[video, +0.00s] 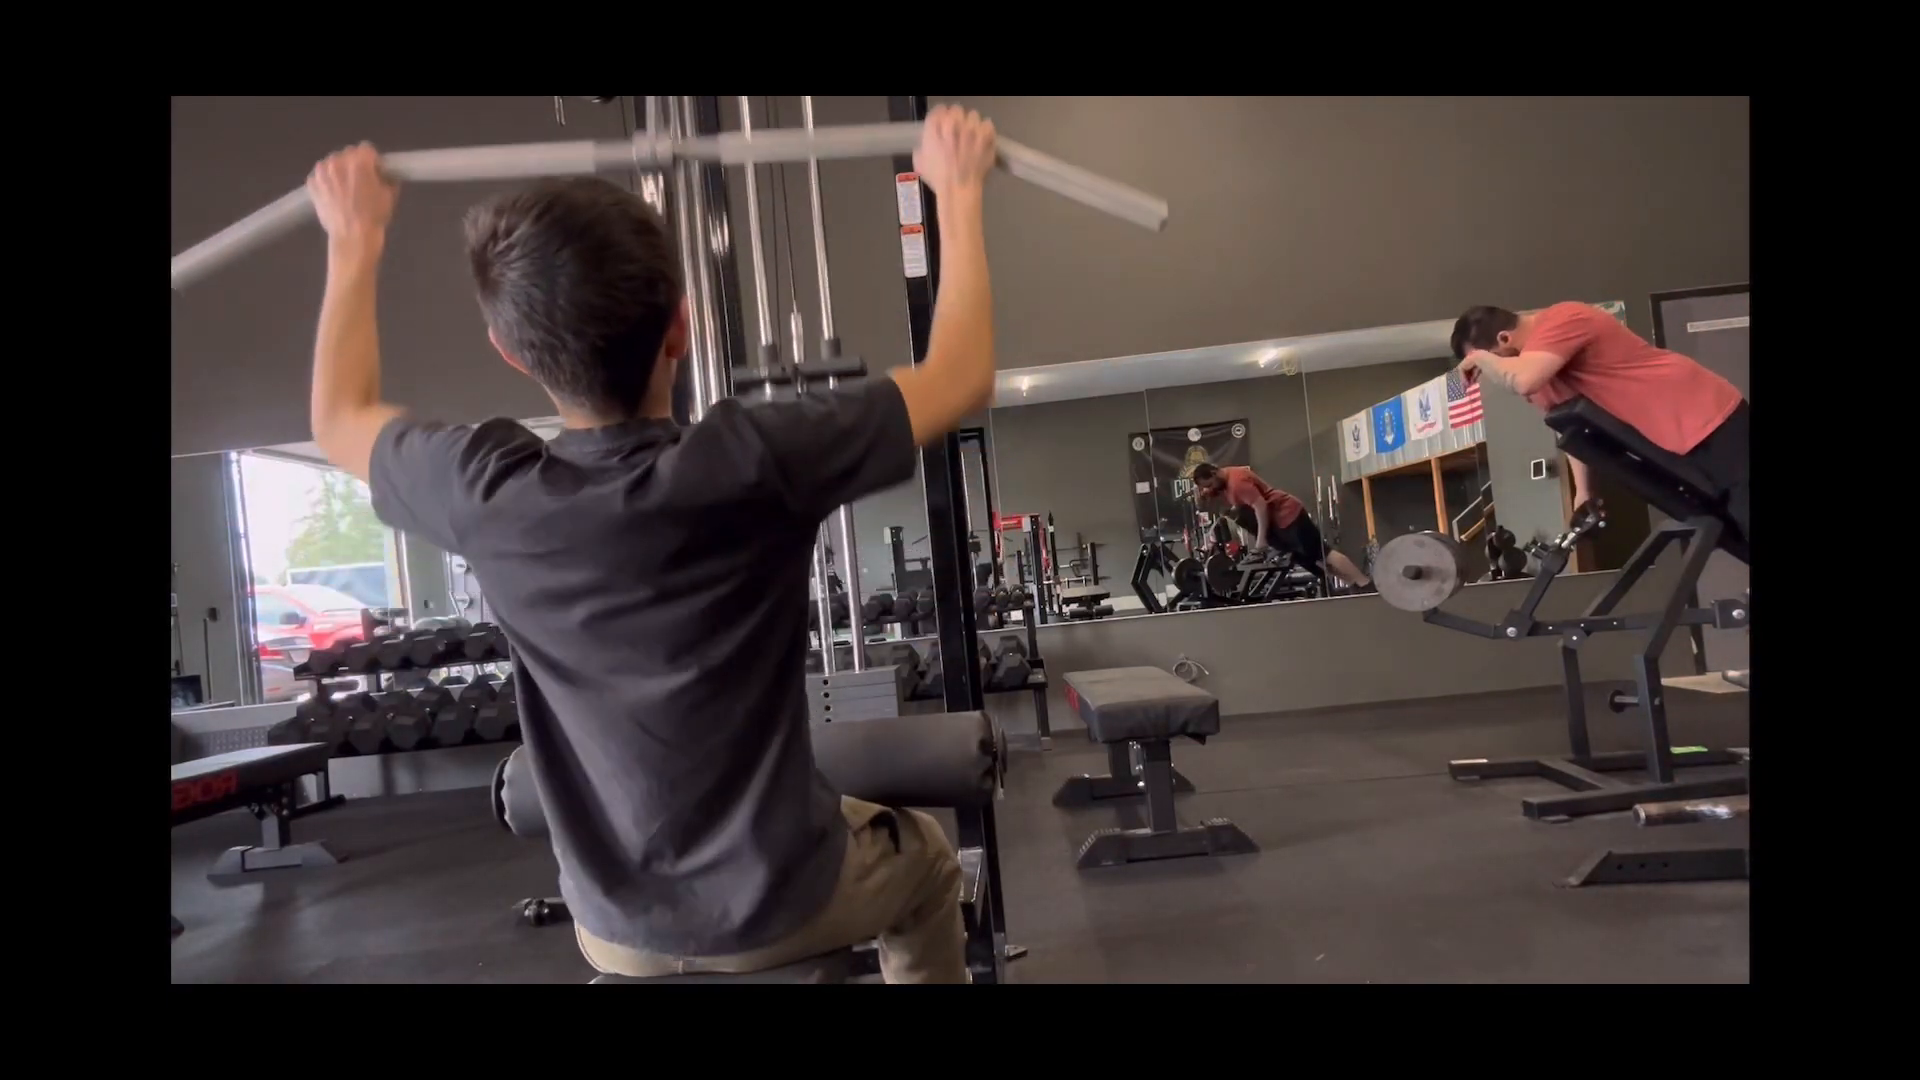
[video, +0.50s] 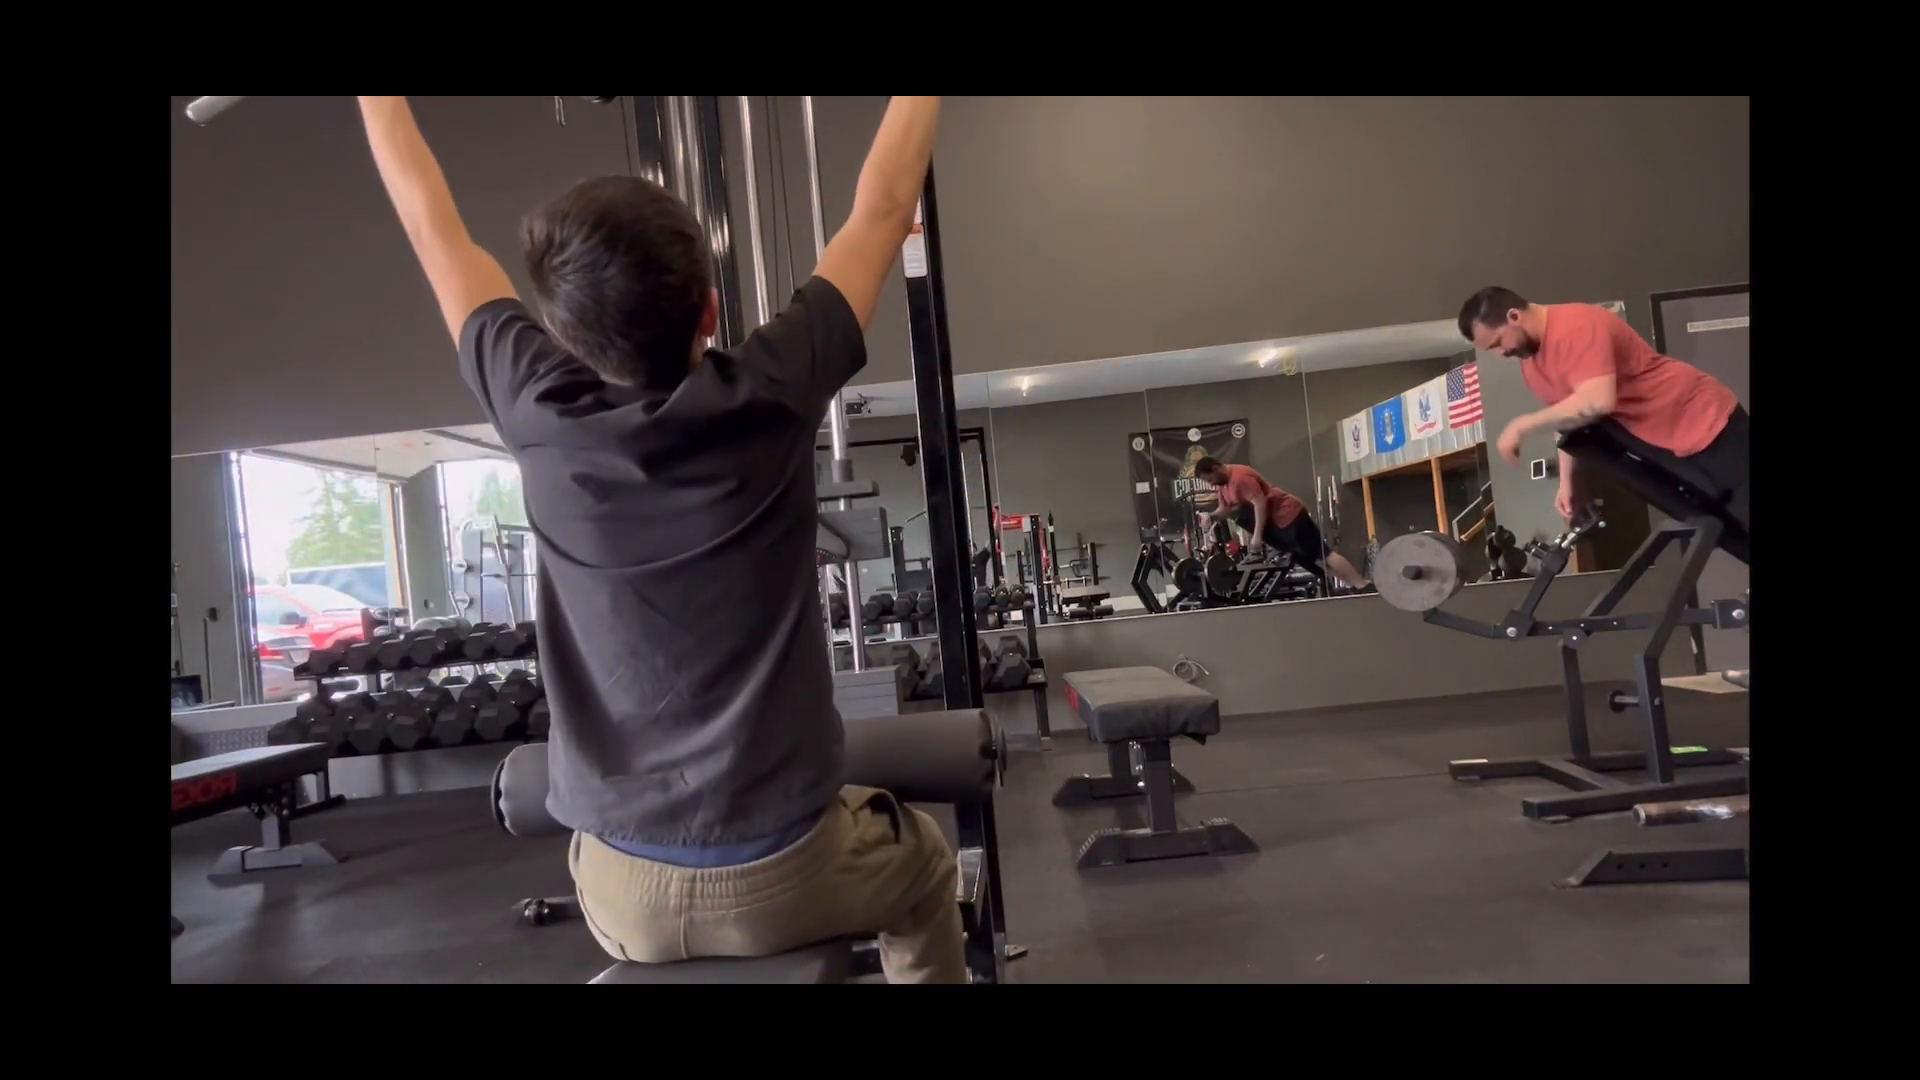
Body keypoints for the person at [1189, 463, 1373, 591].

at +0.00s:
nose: (1207, 490)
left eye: (1206, 485)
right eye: (1203, 487)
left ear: (1213, 474)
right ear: (1207, 478)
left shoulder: (1237, 481)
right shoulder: (1223, 482)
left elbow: (1262, 507)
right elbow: (1206, 502)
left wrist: (1260, 542)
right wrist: (1203, 496)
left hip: (1288, 514)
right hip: (1274, 523)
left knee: (1322, 553)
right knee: (1313, 560)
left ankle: (1363, 581)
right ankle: (1354, 582)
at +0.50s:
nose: (1209, 483)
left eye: (1208, 478)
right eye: (1205, 481)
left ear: (1216, 468)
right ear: (1209, 476)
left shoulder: (1240, 477)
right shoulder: (1223, 486)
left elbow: (1261, 503)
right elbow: (1225, 509)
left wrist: (1257, 536)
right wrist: (1211, 517)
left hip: (1289, 513)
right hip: (1275, 523)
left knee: (1322, 553)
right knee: (1313, 560)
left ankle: (1362, 584)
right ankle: (1351, 585)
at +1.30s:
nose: (1208, 470)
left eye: (1209, 464)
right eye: (1206, 466)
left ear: (1221, 459)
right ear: (1213, 463)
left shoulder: (1236, 474)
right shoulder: (1222, 480)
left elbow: (1223, 509)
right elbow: (1213, 509)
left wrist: (1210, 538)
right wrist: (1202, 537)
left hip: (1291, 512)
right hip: (1282, 520)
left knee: (1323, 553)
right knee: (1317, 559)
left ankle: (1363, 584)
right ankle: (1353, 585)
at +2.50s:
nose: (1211, 460)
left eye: (1214, 456)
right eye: (1211, 456)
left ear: (1227, 455)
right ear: (1223, 456)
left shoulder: (1237, 473)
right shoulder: (1222, 479)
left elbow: (1222, 509)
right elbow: (1213, 509)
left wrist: (1209, 538)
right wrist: (1204, 538)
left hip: (1291, 513)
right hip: (1280, 522)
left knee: (1326, 552)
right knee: (1319, 558)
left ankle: (1364, 584)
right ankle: (1353, 586)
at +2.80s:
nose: (1212, 463)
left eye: (1214, 458)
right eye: (1210, 459)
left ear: (1227, 455)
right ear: (1221, 457)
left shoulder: (1238, 472)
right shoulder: (1222, 479)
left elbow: (1223, 508)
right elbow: (1213, 509)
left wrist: (1211, 538)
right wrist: (1204, 538)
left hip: (1292, 513)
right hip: (1281, 522)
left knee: (1326, 552)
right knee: (1319, 558)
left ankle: (1364, 584)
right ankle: (1353, 586)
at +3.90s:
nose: (1217, 465)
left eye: (1219, 460)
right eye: (1212, 464)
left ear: (1226, 457)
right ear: (1210, 468)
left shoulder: (1237, 474)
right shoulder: (1220, 483)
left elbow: (1224, 512)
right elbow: (1214, 512)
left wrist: (1211, 541)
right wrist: (1206, 540)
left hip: (1290, 514)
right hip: (1279, 525)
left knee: (1327, 551)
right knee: (1319, 558)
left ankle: (1370, 578)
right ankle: (1356, 583)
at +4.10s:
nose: (1217, 465)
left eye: (1219, 460)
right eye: (1212, 464)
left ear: (1227, 457)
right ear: (1210, 467)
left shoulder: (1238, 474)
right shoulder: (1219, 483)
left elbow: (1224, 512)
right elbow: (1214, 512)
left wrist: (1212, 541)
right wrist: (1206, 540)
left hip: (1289, 514)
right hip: (1278, 525)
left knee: (1325, 551)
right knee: (1318, 558)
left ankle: (1369, 579)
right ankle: (1356, 584)